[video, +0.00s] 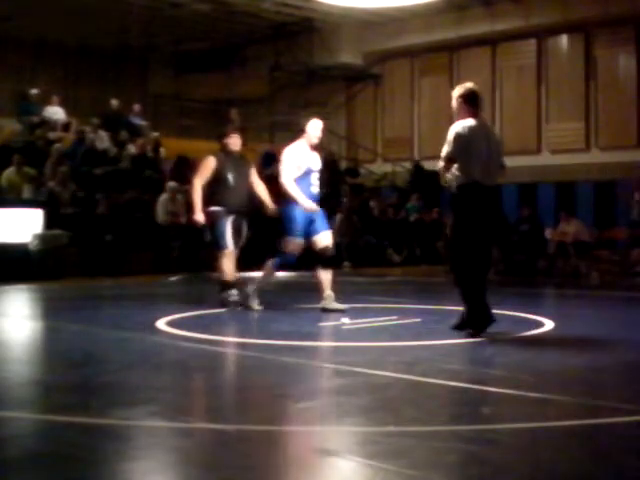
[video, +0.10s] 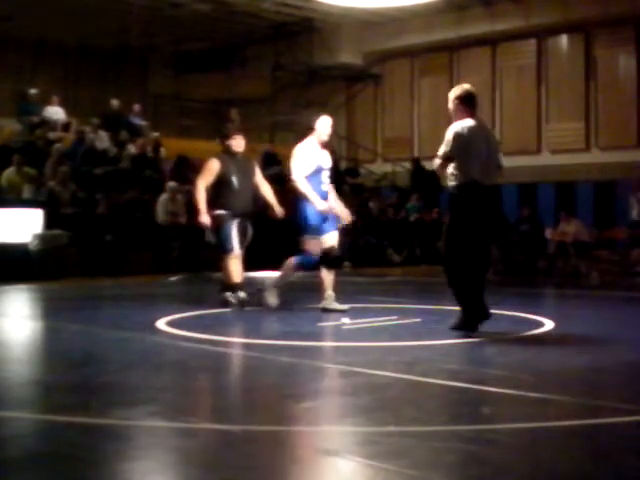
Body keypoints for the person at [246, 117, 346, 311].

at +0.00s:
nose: (318, 134)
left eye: (320, 131)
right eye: (315, 130)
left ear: (321, 133)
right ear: (306, 130)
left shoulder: (315, 155)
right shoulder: (292, 151)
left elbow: (311, 182)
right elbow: (286, 180)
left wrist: (315, 202)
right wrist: (305, 202)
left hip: (314, 205)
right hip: (296, 205)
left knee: (325, 249)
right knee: (292, 249)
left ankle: (327, 296)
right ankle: (256, 286)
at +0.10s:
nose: (328, 132)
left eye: (330, 128)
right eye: (325, 127)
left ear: (331, 130)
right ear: (316, 127)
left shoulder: (325, 153)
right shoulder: (303, 149)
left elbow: (327, 185)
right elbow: (297, 178)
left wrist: (340, 208)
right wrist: (317, 202)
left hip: (326, 203)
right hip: (309, 203)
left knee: (331, 251)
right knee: (312, 253)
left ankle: (328, 297)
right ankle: (275, 284)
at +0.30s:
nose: (342, 128)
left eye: (344, 124)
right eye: (339, 123)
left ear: (346, 126)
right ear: (331, 124)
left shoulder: (343, 148)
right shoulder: (317, 147)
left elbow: (348, 175)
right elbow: (311, 176)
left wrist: (374, 186)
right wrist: (332, 196)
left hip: (341, 198)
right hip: (324, 197)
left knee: (343, 245)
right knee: (344, 242)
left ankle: (333, 297)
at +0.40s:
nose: (350, 128)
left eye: (351, 124)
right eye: (346, 124)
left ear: (353, 126)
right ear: (337, 125)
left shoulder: (352, 150)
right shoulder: (325, 149)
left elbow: (360, 176)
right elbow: (317, 178)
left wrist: (384, 185)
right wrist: (337, 199)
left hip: (351, 204)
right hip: (334, 204)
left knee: (337, 250)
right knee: (351, 245)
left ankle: (328, 298)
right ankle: (364, 297)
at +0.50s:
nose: (357, 129)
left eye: (358, 124)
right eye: (353, 125)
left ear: (360, 127)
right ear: (343, 127)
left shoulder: (361, 150)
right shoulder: (333, 151)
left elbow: (367, 176)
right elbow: (324, 180)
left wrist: (391, 190)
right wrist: (344, 203)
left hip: (360, 206)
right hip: (344, 206)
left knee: (342, 253)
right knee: (363, 247)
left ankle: (330, 297)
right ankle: (375, 298)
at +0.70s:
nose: (370, 127)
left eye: (371, 123)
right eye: (366, 124)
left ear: (373, 124)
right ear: (356, 126)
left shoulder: (377, 147)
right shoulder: (349, 150)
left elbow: (382, 177)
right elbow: (341, 180)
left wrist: (392, 203)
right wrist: (359, 203)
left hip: (379, 200)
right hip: (362, 202)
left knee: (383, 246)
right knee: (378, 244)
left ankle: (350, 286)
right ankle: (379, 301)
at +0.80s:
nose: (378, 125)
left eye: (379, 121)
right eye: (373, 122)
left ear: (381, 122)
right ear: (364, 124)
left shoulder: (384, 146)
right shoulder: (357, 149)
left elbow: (388, 176)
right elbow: (349, 179)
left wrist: (392, 199)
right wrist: (368, 201)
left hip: (386, 200)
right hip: (369, 203)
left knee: (397, 241)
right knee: (378, 247)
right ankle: (379, 300)